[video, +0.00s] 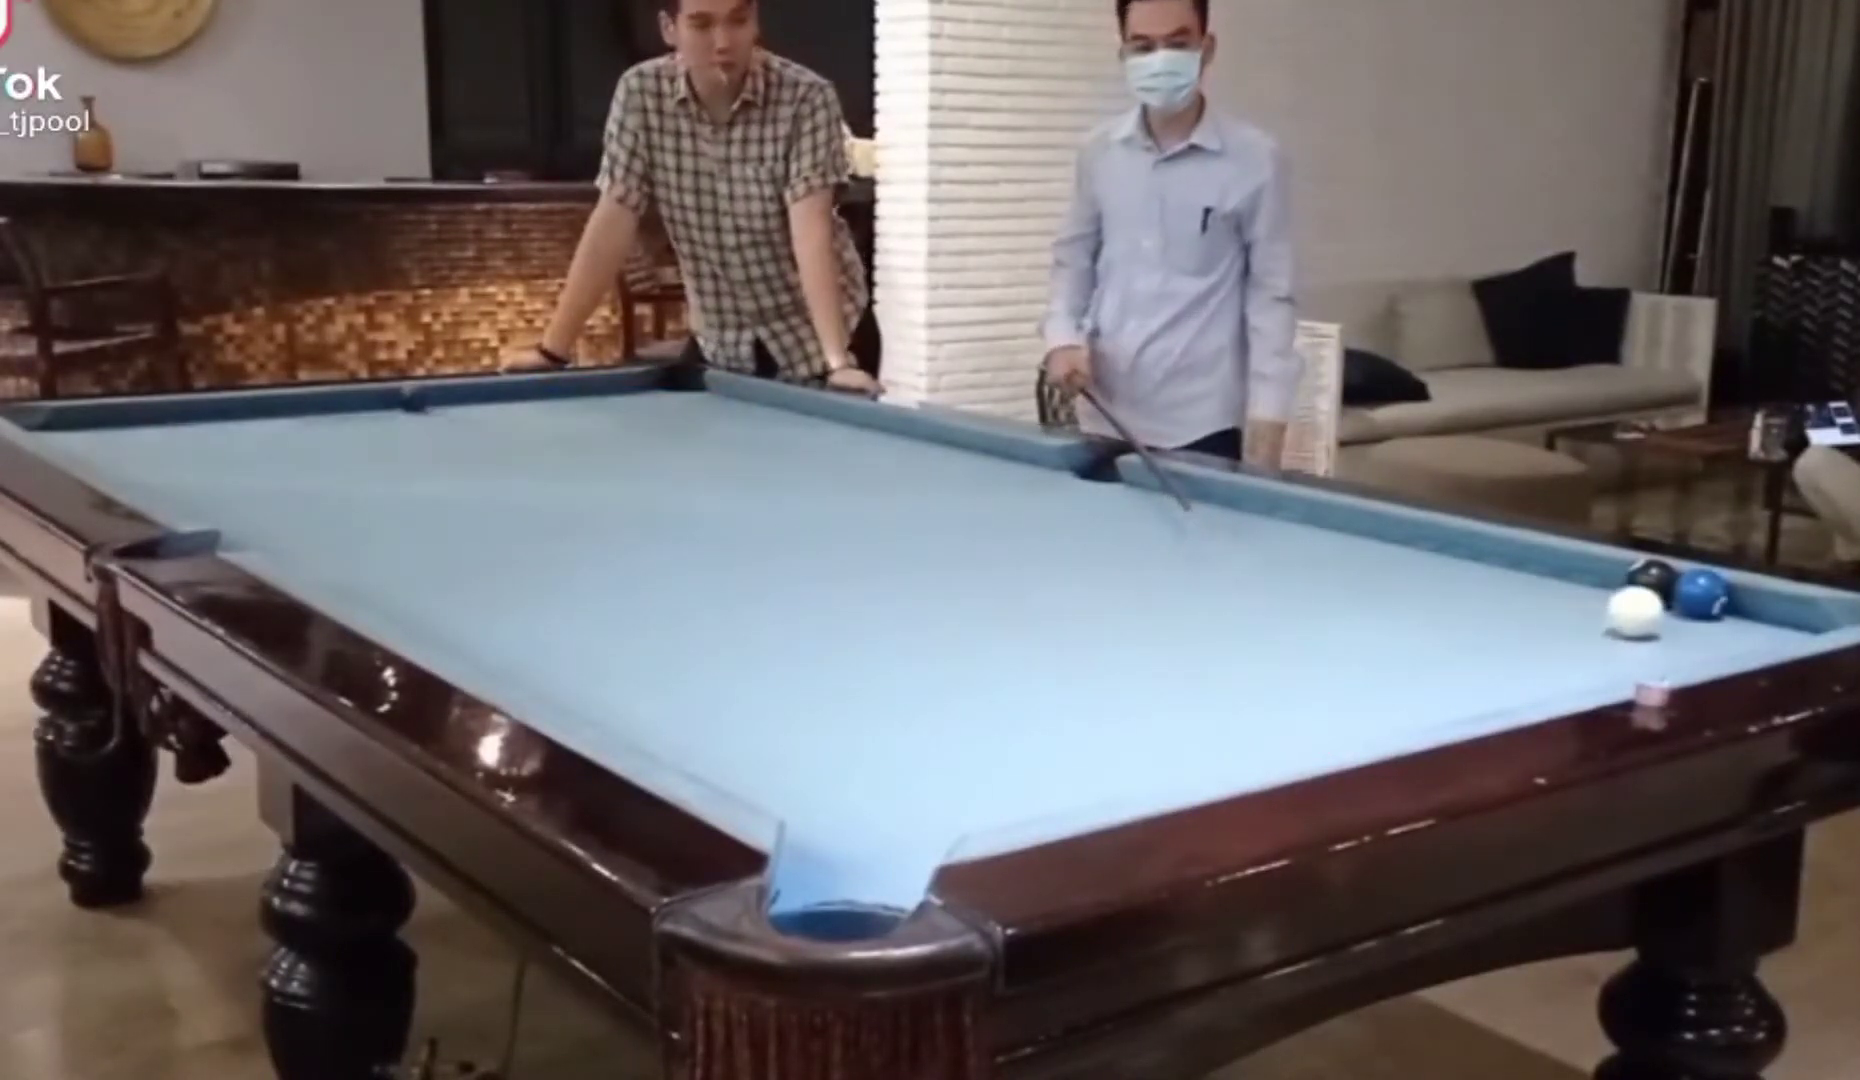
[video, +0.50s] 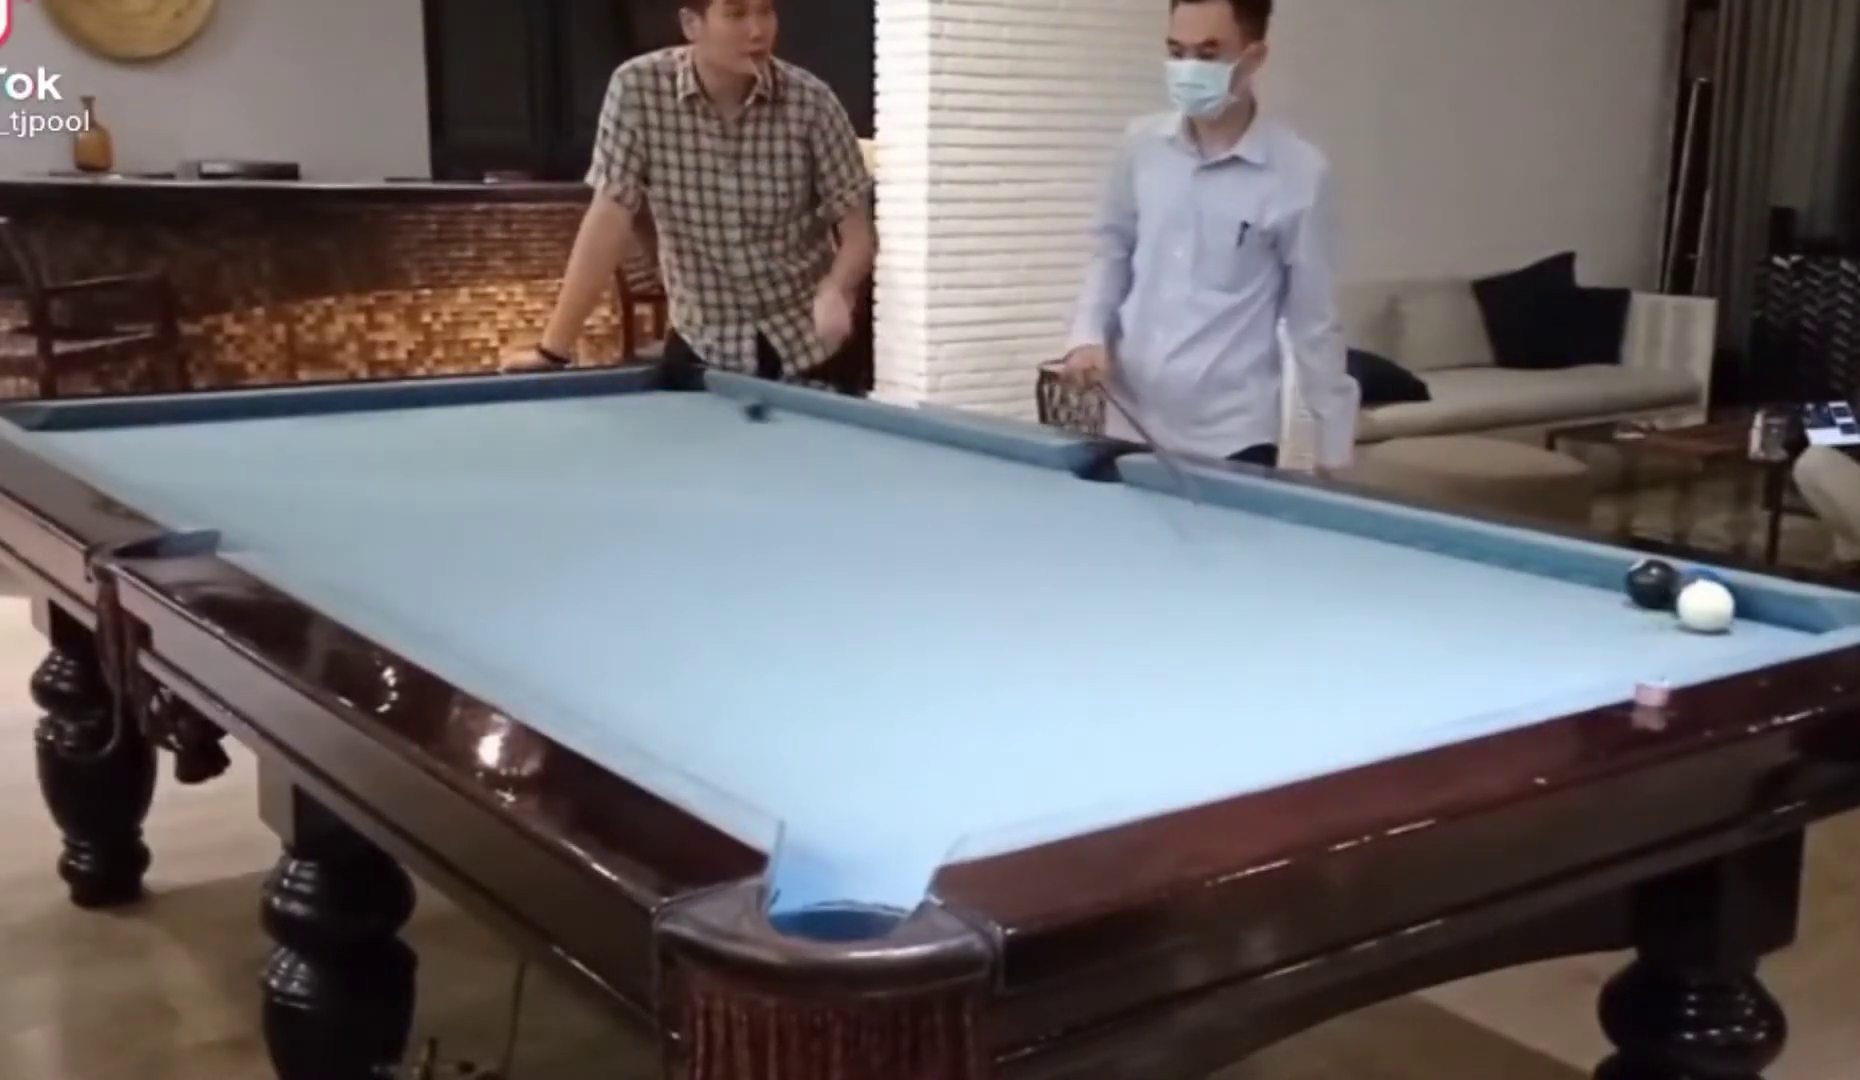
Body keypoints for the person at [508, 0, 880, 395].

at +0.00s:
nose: (723, 41)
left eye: (738, 22)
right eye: (703, 25)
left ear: (757, 23)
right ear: (670, 30)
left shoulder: (804, 97)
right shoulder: (641, 94)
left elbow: (812, 229)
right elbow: (614, 218)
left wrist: (838, 361)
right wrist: (553, 350)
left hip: (819, 335)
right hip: (721, 338)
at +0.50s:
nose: (757, 29)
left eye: (765, 13)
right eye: (737, 15)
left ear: (777, 19)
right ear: (691, 23)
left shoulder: (811, 101)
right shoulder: (638, 90)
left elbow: (858, 225)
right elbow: (610, 214)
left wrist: (836, 288)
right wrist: (553, 350)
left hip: (814, 342)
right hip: (701, 345)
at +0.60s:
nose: (766, 31)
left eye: (774, 14)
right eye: (745, 16)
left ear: (784, 19)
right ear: (698, 24)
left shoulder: (813, 102)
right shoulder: (642, 88)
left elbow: (858, 228)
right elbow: (610, 217)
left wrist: (832, 248)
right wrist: (552, 350)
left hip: (816, 336)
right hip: (702, 341)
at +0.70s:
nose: (772, 35)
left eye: (779, 17)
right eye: (751, 19)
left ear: (789, 21)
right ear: (704, 25)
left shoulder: (814, 100)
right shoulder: (645, 87)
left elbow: (852, 247)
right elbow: (610, 218)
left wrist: (820, 202)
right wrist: (552, 351)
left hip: (815, 333)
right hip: (701, 339)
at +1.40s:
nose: (767, 40)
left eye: (777, 23)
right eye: (746, 23)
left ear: (788, 26)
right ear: (703, 26)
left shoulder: (812, 101)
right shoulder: (649, 89)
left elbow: (845, 222)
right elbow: (612, 218)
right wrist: (552, 352)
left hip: (808, 335)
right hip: (701, 344)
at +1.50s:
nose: (762, 38)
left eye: (772, 20)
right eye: (741, 20)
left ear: (783, 25)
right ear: (697, 24)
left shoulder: (810, 101)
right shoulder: (646, 90)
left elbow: (839, 212)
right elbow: (611, 218)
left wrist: (842, 307)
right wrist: (552, 351)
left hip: (808, 338)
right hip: (702, 345)